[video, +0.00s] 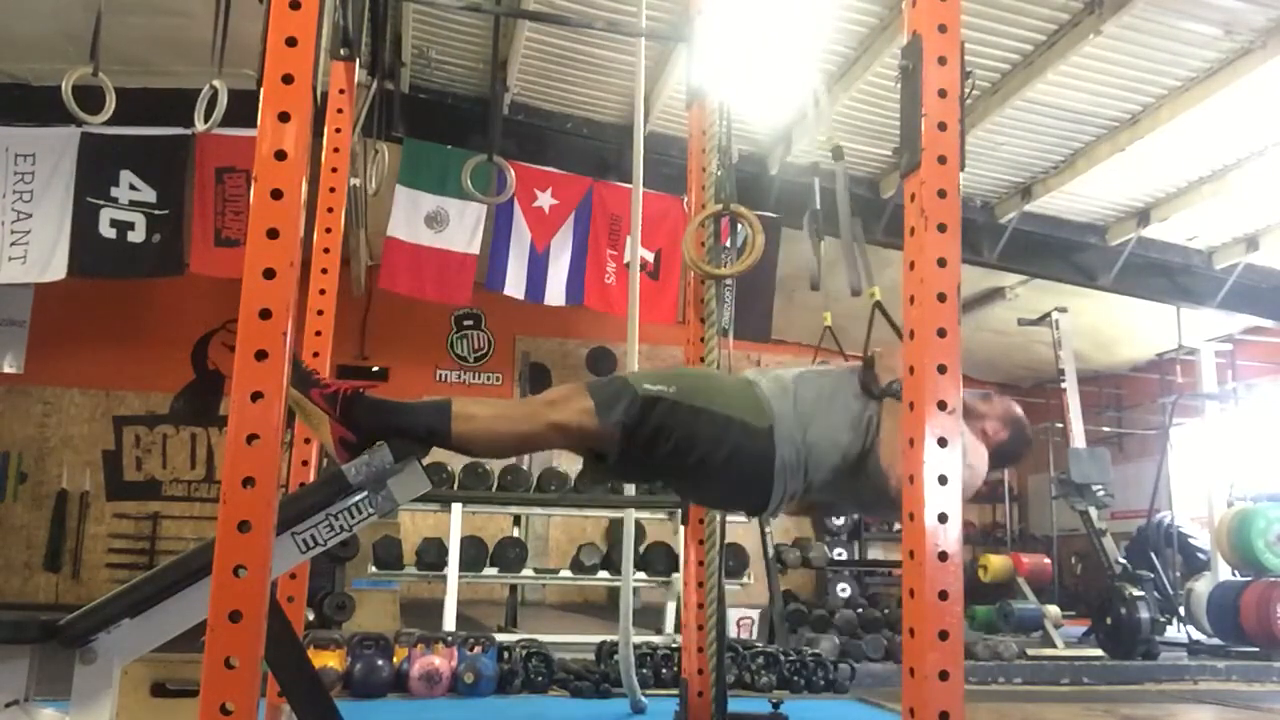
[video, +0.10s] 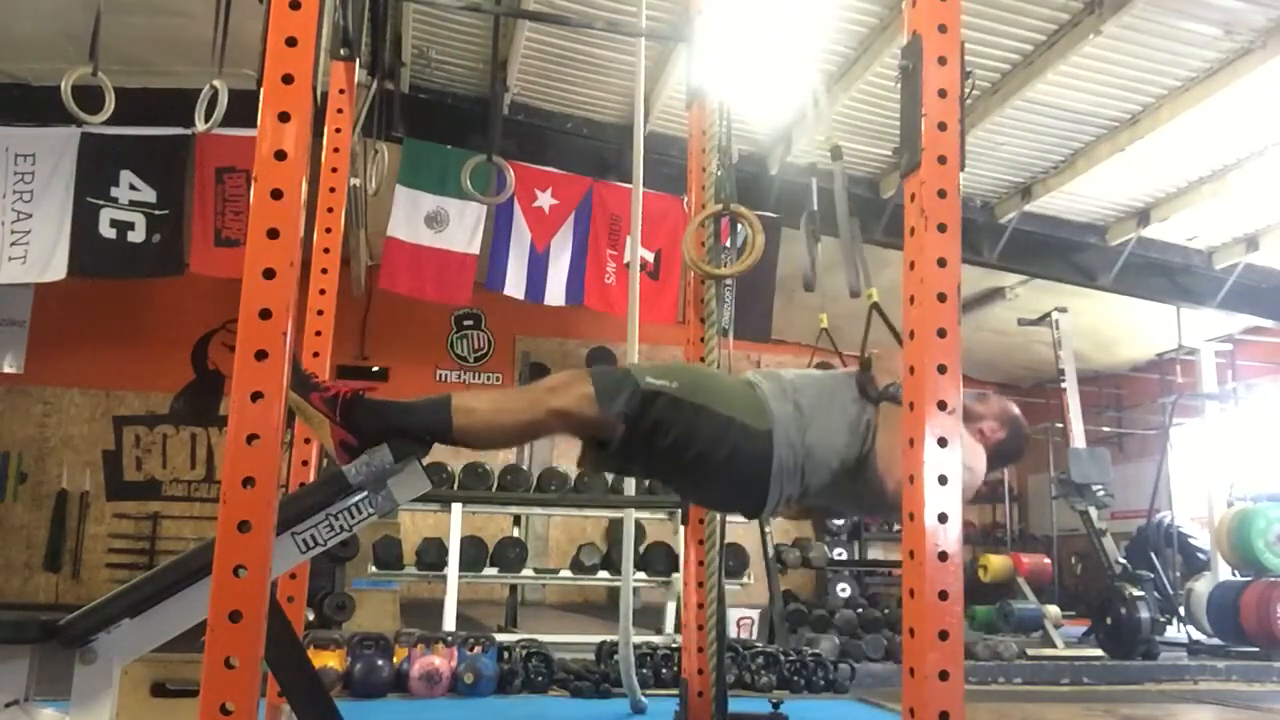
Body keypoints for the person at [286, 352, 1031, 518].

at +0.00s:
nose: (992, 419)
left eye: (1002, 429)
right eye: (995, 412)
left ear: (998, 446)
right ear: (981, 401)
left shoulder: (959, 460)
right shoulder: (934, 406)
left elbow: (905, 484)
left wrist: (907, 390)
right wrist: (877, 369)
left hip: (762, 437)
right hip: (750, 420)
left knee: (577, 409)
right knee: (572, 406)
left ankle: (375, 420)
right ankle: (382, 419)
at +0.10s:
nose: (984, 403)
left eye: (996, 418)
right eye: (990, 400)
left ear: (993, 444)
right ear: (976, 396)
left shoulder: (963, 460)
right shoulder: (934, 407)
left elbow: (902, 486)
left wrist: (906, 393)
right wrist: (871, 374)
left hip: (763, 439)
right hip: (747, 423)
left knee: (575, 394)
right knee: (563, 394)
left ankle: (372, 422)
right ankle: (376, 419)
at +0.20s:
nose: (974, 431)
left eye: (985, 440)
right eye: (978, 428)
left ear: (981, 466)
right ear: (965, 431)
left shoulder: (939, 489)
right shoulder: (920, 440)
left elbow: (886, 476)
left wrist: (913, 393)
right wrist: (874, 381)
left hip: (756, 440)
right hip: (742, 436)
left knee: (574, 375)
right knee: (559, 389)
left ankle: (376, 420)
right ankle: (382, 422)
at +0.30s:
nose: (962, 443)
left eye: (975, 454)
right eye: (970, 440)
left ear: (972, 482)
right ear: (955, 446)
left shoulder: (923, 503)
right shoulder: (911, 454)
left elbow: (871, 479)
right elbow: (858, 451)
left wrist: (877, 396)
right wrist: (853, 378)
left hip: (735, 440)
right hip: (728, 421)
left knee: (557, 356)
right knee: (551, 354)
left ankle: (372, 418)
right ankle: (384, 416)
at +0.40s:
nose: (926, 448)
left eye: (937, 463)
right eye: (934, 449)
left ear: (933, 495)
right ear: (922, 457)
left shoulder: (887, 511)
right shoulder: (875, 462)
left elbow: (844, 477)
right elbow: (832, 427)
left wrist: (843, 396)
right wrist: (842, 382)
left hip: (709, 434)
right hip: (702, 414)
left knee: (538, 327)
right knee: (528, 353)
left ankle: (360, 415)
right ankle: (370, 416)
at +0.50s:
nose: (912, 420)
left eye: (921, 429)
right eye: (921, 421)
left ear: (926, 459)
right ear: (922, 436)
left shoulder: (879, 495)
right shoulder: (865, 442)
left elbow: (810, 476)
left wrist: (813, 390)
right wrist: (813, 371)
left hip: (680, 425)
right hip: (677, 404)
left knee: (507, 312)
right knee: (501, 320)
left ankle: (342, 424)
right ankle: (348, 410)